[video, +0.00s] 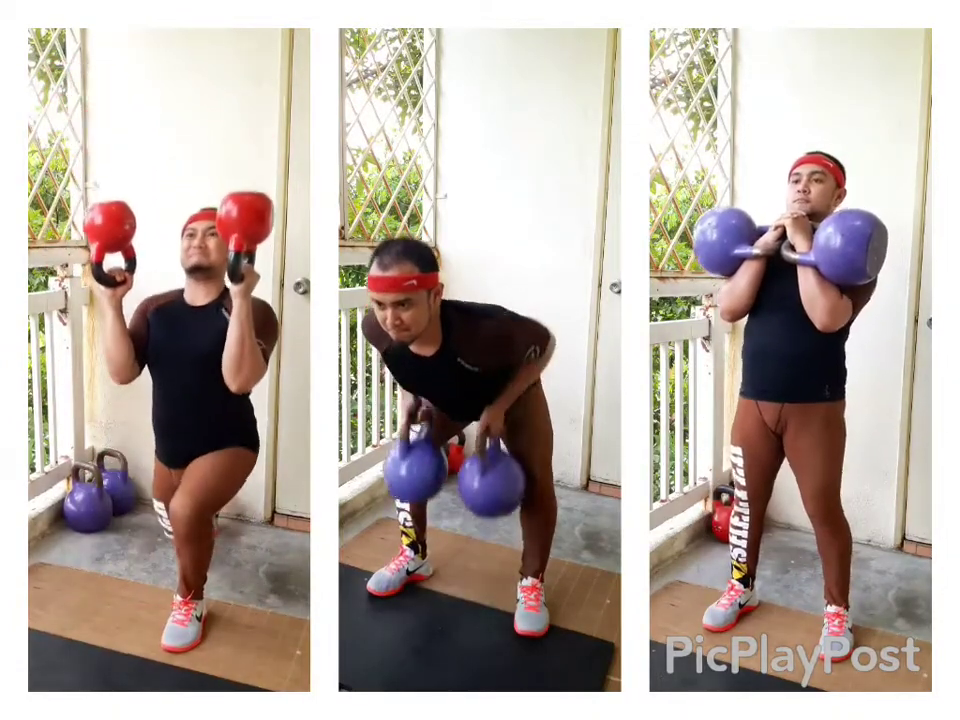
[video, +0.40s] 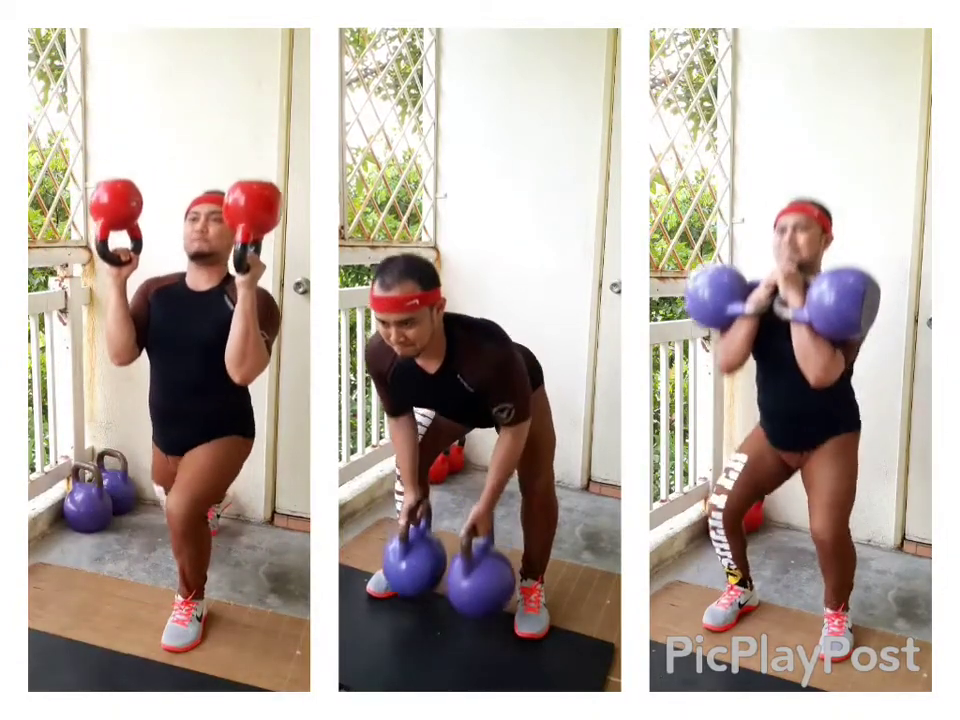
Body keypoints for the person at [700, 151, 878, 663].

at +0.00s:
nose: (801, 187)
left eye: (815, 180)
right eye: (795, 180)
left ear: (840, 195)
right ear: (784, 192)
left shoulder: (848, 255)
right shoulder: (761, 246)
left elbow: (828, 317)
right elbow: (729, 308)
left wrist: (802, 246)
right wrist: (763, 247)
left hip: (814, 406)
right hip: (754, 400)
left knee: (823, 513)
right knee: (748, 502)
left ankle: (836, 610)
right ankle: (740, 586)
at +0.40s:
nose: (789, 238)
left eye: (802, 230)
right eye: (782, 230)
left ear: (825, 241)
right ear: (773, 239)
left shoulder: (840, 302)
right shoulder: (757, 296)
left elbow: (822, 374)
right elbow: (727, 362)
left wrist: (795, 302)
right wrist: (756, 305)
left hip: (830, 438)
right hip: (773, 434)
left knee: (828, 533)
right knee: (727, 510)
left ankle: (835, 613)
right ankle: (740, 587)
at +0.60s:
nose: (787, 297)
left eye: (800, 288)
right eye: (780, 288)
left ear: (821, 299)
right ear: (770, 298)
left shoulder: (836, 356)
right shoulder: (753, 352)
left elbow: (821, 436)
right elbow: (726, 421)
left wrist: (793, 367)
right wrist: (753, 371)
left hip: (832, 472)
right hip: (775, 469)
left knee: (827, 545)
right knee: (718, 521)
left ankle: (836, 616)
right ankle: (740, 588)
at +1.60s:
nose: (782, 244)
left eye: (794, 236)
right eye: (774, 236)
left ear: (817, 248)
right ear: (765, 247)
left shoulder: (829, 311)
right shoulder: (749, 307)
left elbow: (818, 391)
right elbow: (721, 377)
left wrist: (789, 323)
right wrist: (747, 324)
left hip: (827, 440)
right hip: (770, 436)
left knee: (827, 534)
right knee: (721, 510)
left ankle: (836, 614)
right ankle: (740, 586)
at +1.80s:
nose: (790, 190)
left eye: (804, 183)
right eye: (782, 183)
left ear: (825, 201)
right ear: (771, 198)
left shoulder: (836, 261)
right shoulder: (749, 254)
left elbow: (818, 336)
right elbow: (722, 325)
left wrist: (790, 267)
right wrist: (749, 262)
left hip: (826, 414)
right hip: (766, 410)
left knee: (831, 518)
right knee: (734, 495)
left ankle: (837, 612)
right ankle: (740, 585)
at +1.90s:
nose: (794, 178)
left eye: (808, 172)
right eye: (787, 171)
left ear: (832, 189)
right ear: (776, 186)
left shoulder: (840, 249)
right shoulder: (754, 242)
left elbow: (817, 315)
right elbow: (722, 308)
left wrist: (793, 242)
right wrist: (753, 244)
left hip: (820, 408)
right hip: (761, 402)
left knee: (827, 511)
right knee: (741, 497)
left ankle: (836, 610)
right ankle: (740, 586)